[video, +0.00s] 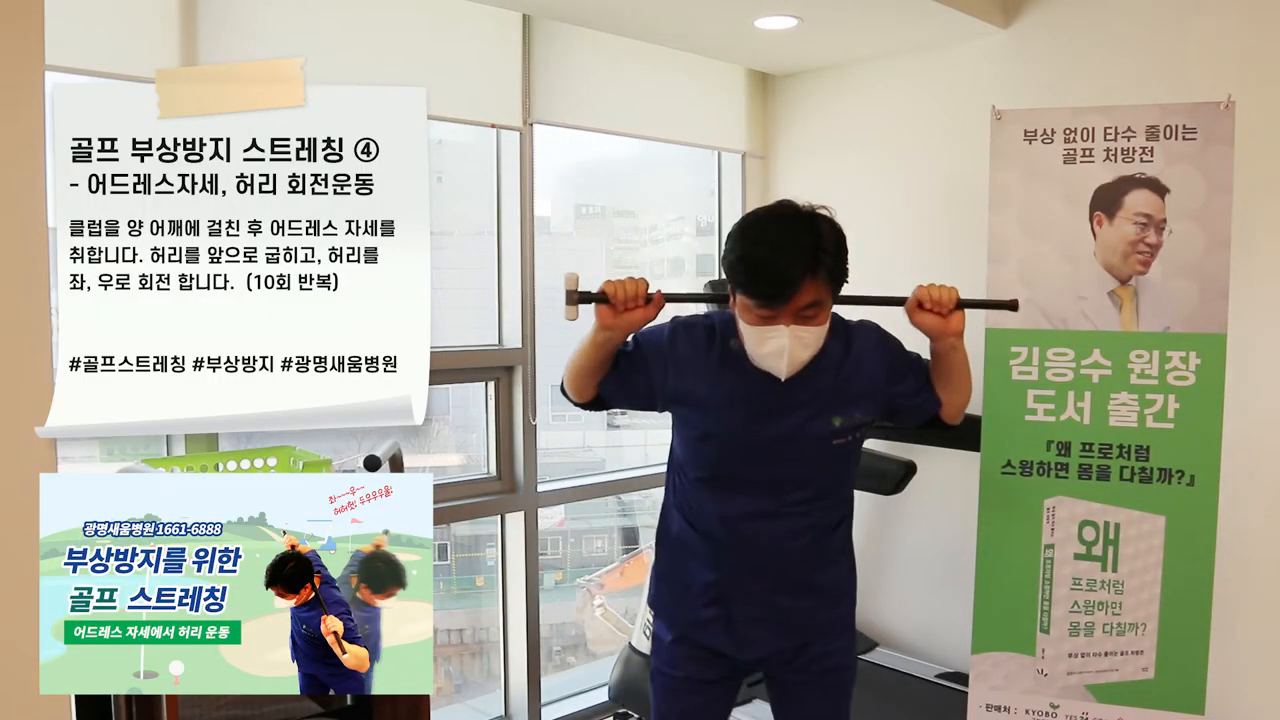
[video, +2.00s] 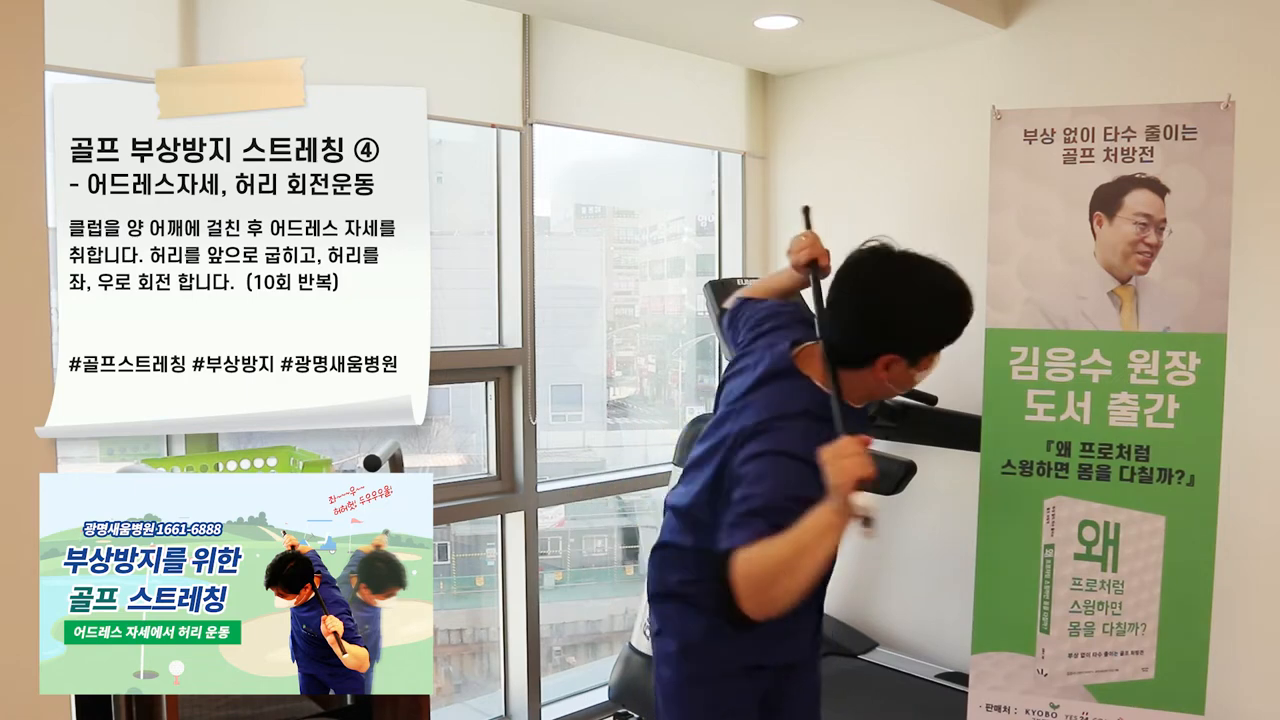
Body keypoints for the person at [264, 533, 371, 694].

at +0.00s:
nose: (278, 599)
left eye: (283, 596)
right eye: (276, 594)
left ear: (306, 590)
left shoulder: (334, 607)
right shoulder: (312, 570)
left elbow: (363, 665)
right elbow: (308, 552)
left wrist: (335, 642)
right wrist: (296, 547)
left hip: (344, 673)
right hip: (310, 667)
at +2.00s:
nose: (278, 599)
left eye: (283, 595)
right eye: (276, 593)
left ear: (306, 589)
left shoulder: (334, 608)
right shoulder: (311, 569)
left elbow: (363, 665)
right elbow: (308, 552)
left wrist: (335, 642)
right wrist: (296, 547)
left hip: (344, 672)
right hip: (310, 666)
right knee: (312, 713)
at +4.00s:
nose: (278, 599)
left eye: (283, 596)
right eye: (276, 593)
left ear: (306, 590)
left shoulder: (334, 608)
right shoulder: (312, 570)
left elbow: (363, 665)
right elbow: (308, 552)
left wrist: (336, 643)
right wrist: (297, 547)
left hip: (344, 672)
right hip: (310, 667)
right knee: (312, 715)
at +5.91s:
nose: (278, 599)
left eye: (283, 595)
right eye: (276, 593)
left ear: (306, 589)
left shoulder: (334, 608)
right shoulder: (311, 570)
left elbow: (363, 665)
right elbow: (308, 552)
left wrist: (335, 642)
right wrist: (296, 547)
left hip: (344, 672)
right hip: (310, 666)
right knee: (312, 714)